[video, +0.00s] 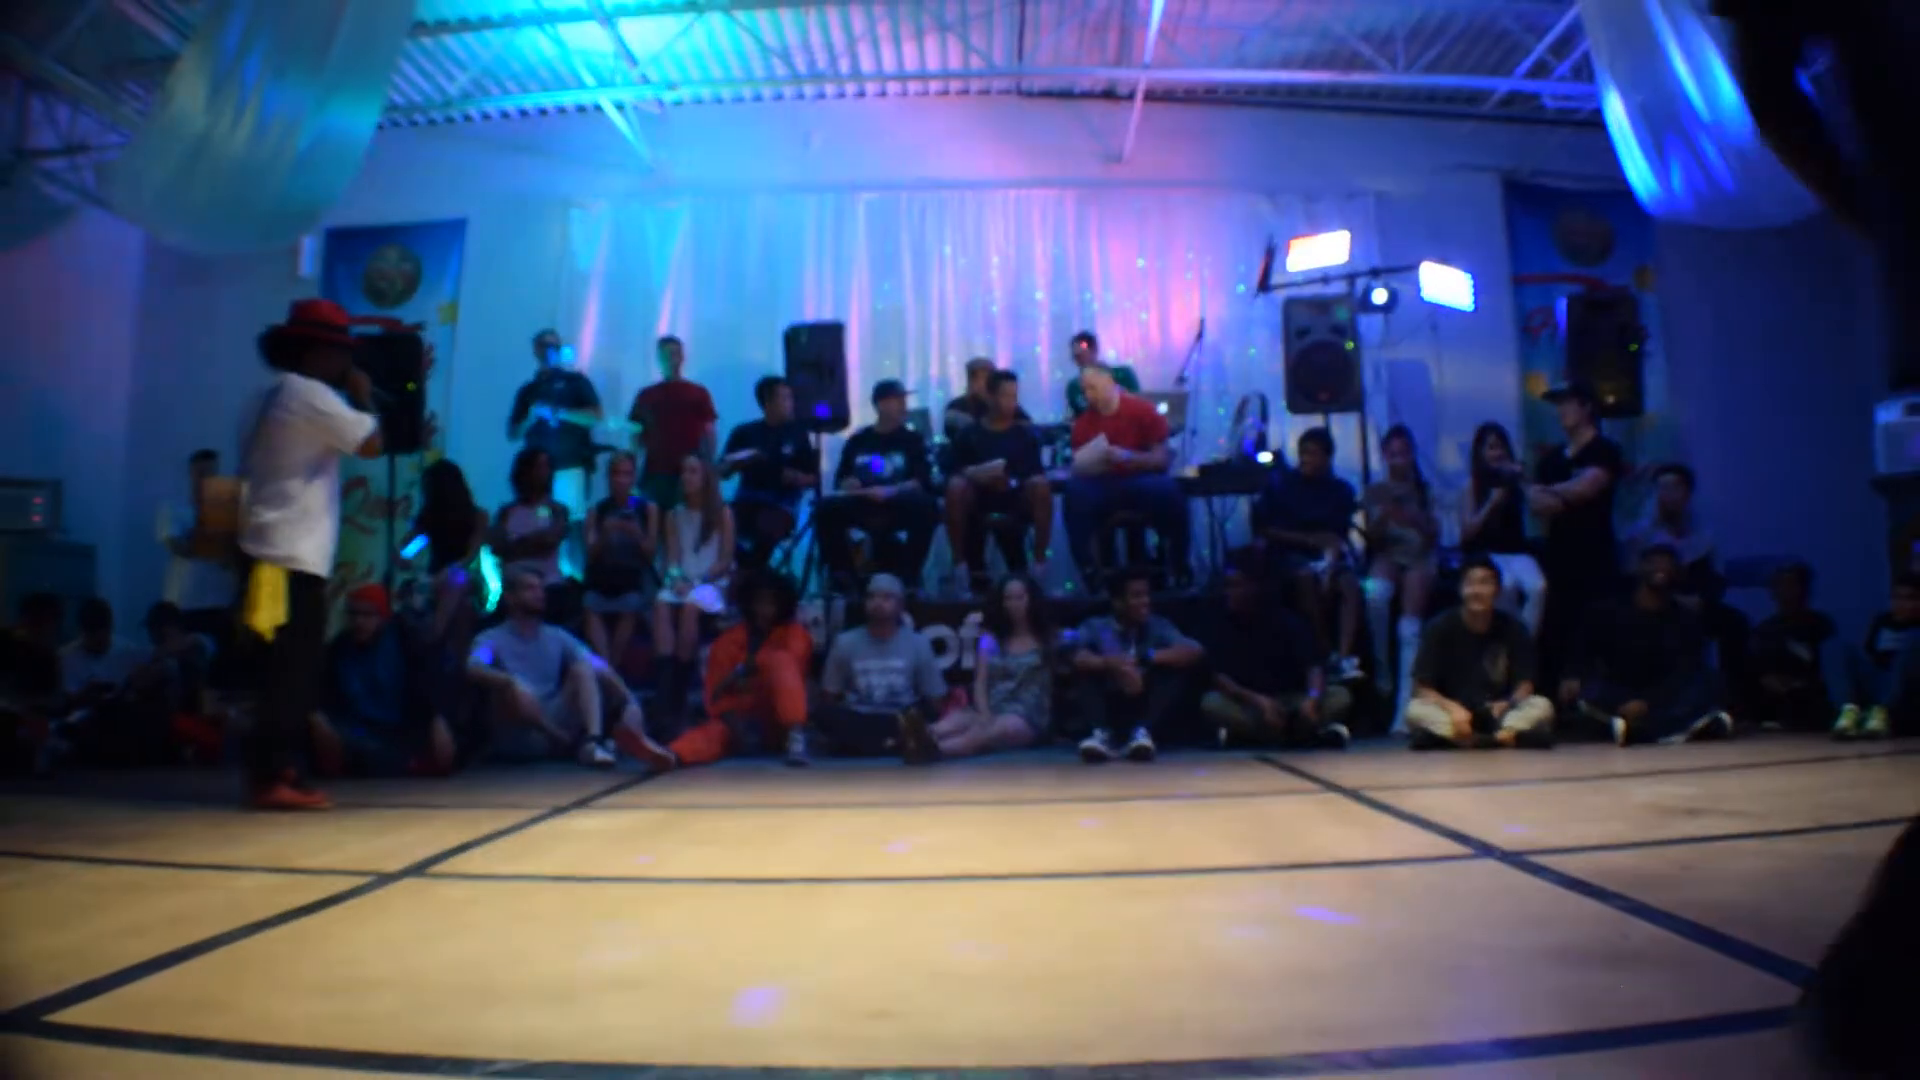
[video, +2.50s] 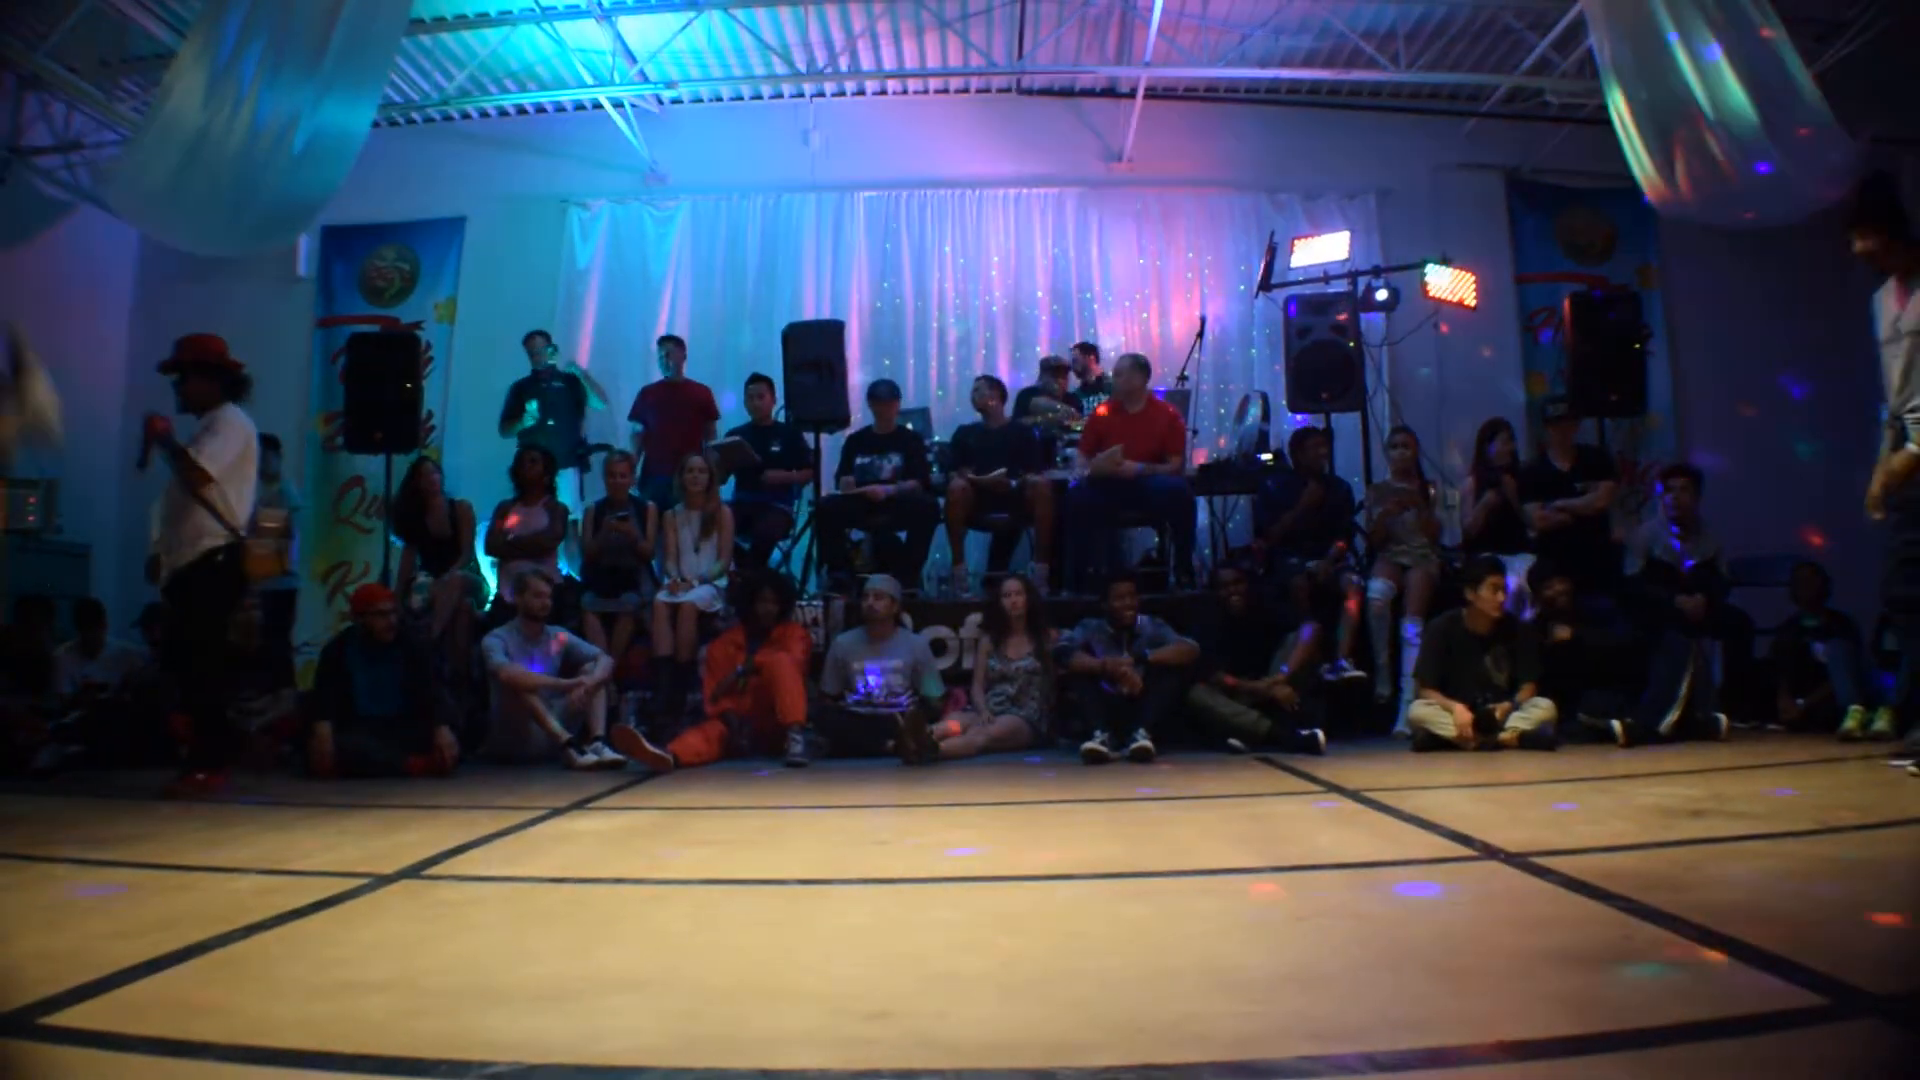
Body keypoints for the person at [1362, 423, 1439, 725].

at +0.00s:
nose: (1398, 459)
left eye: (1403, 453)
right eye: (1392, 453)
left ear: (1412, 455)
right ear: (1385, 456)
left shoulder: (1424, 489)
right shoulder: (1376, 491)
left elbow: (1434, 531)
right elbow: (1370, 532)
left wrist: (1411, 518)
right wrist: (1386, 517)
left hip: (1418, 554)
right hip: (1386, 553)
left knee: (1410, 627)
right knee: (1375, 593)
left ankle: (1404, 710)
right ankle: (1382, 673)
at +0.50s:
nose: (1400, 459)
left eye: (1406, 452)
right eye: (1395, 452)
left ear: (1416, 454)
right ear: (1386, 456)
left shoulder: (1428, 489)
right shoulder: (1377, 492)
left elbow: (1436, 533)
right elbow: (1374, 536)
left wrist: (1417, 511)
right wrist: (1391, 516)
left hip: (1421, 553)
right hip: (1389, 554)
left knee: (1412, 623)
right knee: (1379, 592)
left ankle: (1408, 706)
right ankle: (1385, 668)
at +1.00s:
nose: (1398, 453)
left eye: (1404, 447)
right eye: (1392, 448)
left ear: (1416, 452)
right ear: (1385, 453)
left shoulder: (1429, 489)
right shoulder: (1377, 491)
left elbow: (1436, 533)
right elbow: (1373, 536)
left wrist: (1419, 507)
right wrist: (1389, 517)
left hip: (1422, 554)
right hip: (1389, 554)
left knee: (1412, 625)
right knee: (1378, 593)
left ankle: (1408, 709)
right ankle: (1385, 672)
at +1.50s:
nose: (1394, 453)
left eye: (1401, 447)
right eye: (1389, 448)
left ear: (1415, 453)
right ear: (1383, 453)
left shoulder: (1431, 489)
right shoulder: (1376, 492)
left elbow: (1437, 533)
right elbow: (1373, 536)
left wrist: (1418, 505)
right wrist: (1388, 514)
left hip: (1422, 554)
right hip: (1389, 554)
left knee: (1412, 628)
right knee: (1377, 596)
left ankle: (1407, 710)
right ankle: (1385, 670)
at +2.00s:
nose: (1396, 452)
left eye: (1403, 446)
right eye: (1391, 447)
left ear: (1416, 452)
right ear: (1385, 453)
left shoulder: (1433, 489)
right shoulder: (1378, 492)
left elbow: (1437, 534)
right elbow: (1373, 536)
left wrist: (1420, 506)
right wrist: (1387, 514)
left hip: (1422, 553)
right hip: (1390, 552)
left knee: (1413, 615)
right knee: (1378, 596)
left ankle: (1410, 697)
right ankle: (1385, 674)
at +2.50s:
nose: (1400, 453)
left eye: (1406, 446)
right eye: (1394, 447)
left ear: (1416, 452)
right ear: (1386, 453)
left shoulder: (1429, 489)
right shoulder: (1377, 491)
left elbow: (1434, 535)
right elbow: (1373, 536)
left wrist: (1423, 506)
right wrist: (1388, 513)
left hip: (1421, 552)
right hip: (1389, 551)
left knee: (1412, 627)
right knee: (1376, 597)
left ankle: (1407, 704)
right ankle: (1382, 673)